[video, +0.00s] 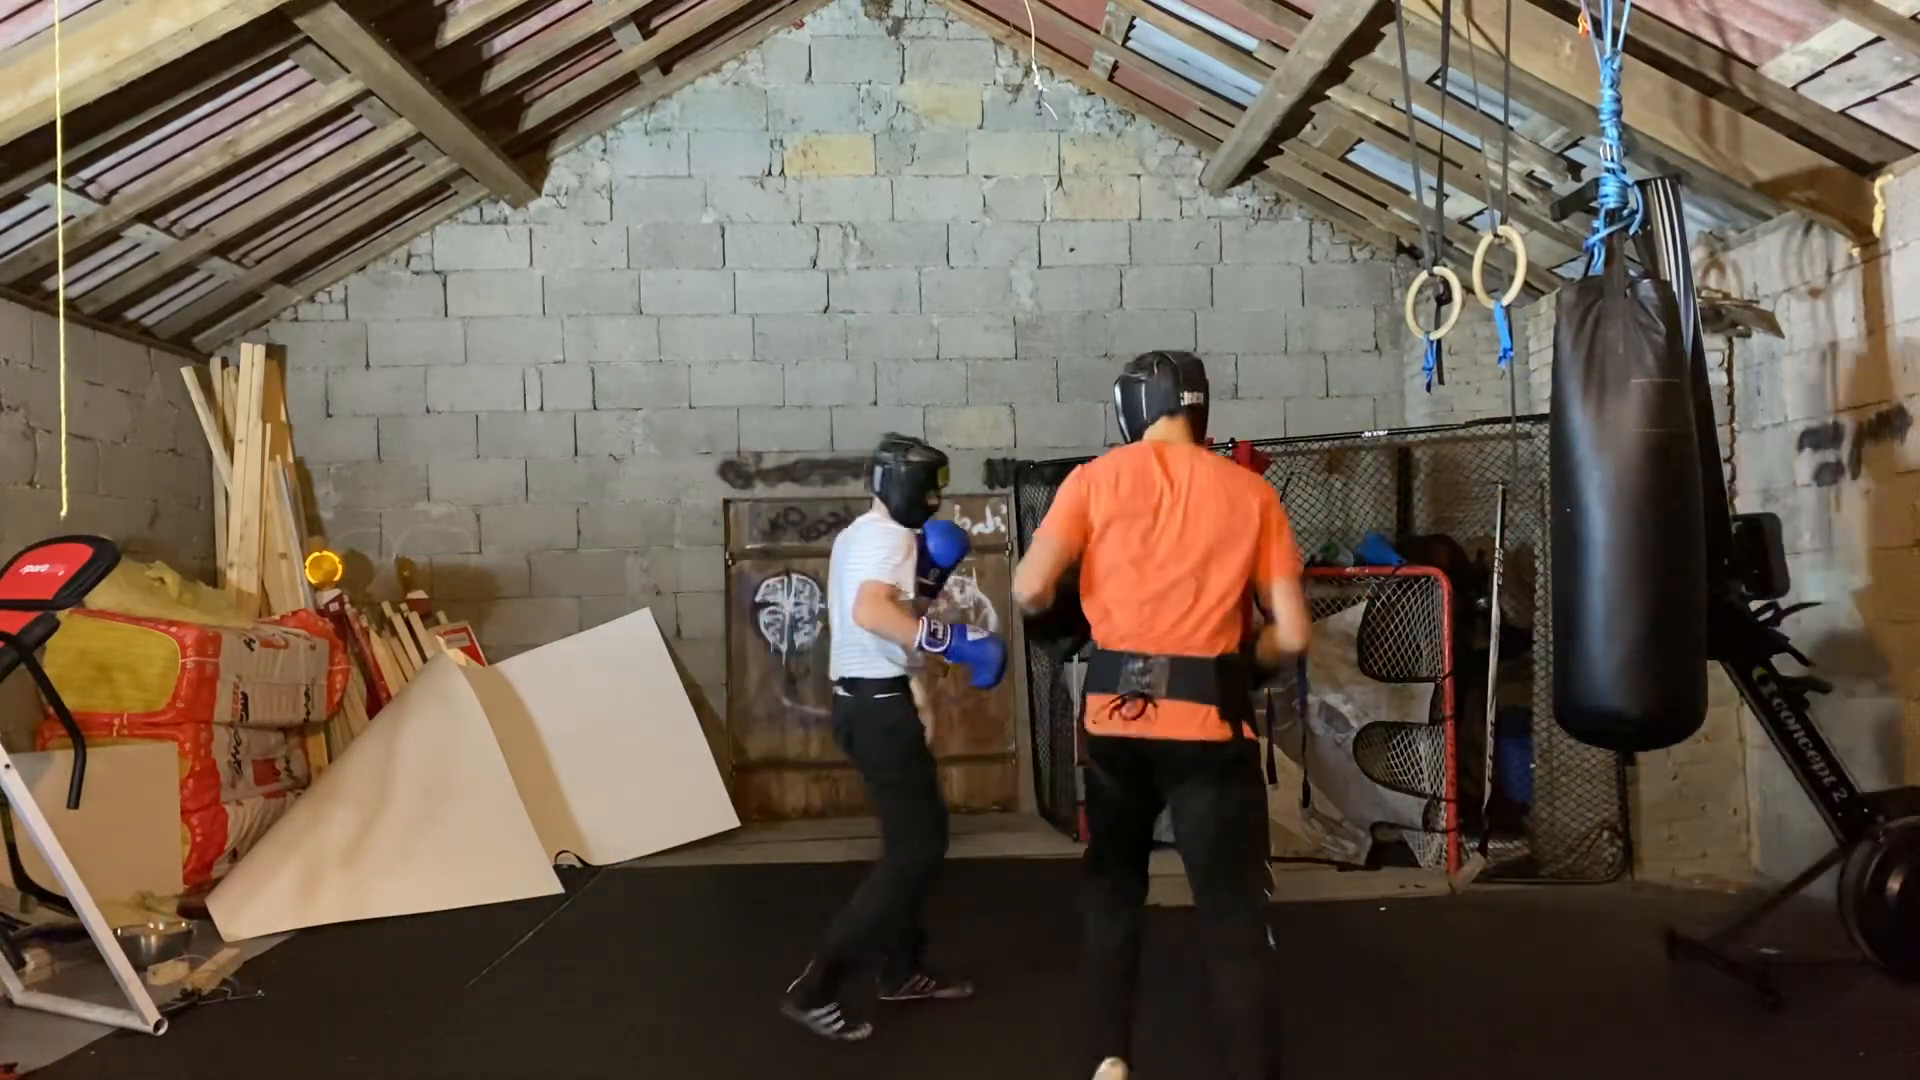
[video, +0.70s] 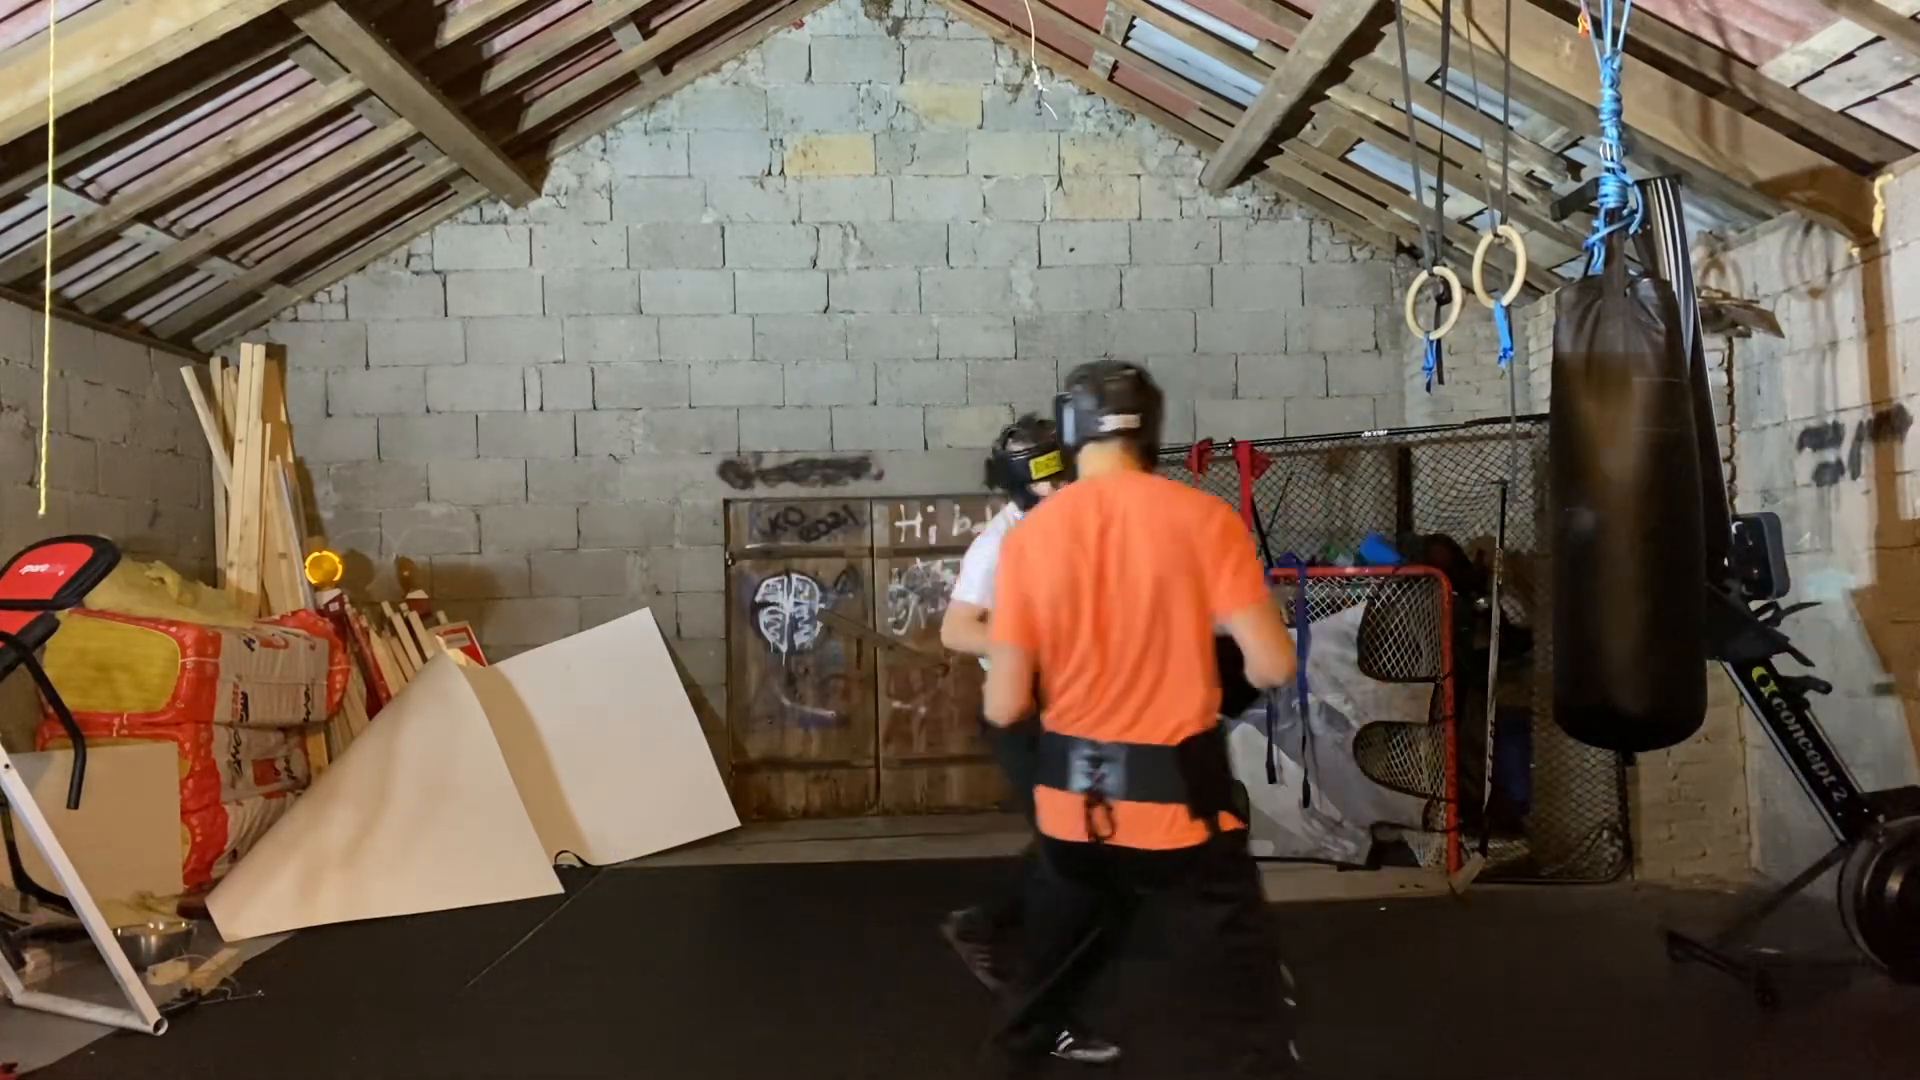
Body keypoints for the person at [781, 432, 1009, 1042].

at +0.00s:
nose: (936, 498)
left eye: (937, 488)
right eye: (932, 488)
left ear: (881, 485)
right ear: (915, 490)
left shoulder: (860, 534)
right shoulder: (887, 537)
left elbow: (892, 608)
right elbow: (871, 610)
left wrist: (930, 570)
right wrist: (948, 641)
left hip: (868, 704)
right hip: (879, 707)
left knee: (917, 837)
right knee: (919, 842)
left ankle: (899, 974)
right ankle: (813, 990)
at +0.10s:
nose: (953, 490)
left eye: (954, 479)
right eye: (948, 479)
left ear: (906, 477)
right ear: (927, 480)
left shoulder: (915, 533)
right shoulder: (892, 531)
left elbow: (929, 618)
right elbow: (867, 606)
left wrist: (946, 570)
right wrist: (946, 640)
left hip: (905, 694)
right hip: (896, 697)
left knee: (927, 836)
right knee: (955, 837)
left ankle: (903, 971)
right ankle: (861, 968)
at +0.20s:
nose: (972, 484)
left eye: (972, 473)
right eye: (965, 474)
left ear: (933, 472)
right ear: (943, 475)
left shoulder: (951, 526)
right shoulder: (907, 524)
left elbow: (971, 611)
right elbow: (872, 603)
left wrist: (969, 569)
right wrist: (950, 629)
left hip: (938, 686)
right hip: (913, 690)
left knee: (926, 832)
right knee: (979, 829)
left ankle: (905, 965)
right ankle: (924, 984)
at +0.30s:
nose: (988, 491)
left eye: (990, 480)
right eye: (978, 481)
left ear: (979, 478)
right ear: (947, 483)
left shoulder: (969, 531)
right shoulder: (917, 537)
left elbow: (990, 616)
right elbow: (892, 618)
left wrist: (991, 570)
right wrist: (972, 631)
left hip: (960, 692)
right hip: (931, 697)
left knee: (932, 836)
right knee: (983, 838)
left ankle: (900, 969)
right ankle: (1007, 1007)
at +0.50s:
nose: (1012, 502)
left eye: (1017, 487)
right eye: (999, 493)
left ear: (1024, 482)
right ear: (970, 495)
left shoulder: (1022, 540)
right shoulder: (950, 555)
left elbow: (1052, 623)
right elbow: (938, 651)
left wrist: (1029, 582)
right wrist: (1013, 653)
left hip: (1009, 705)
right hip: (973, 711)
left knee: (966, 836)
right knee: (1040, 841)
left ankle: (905, 958)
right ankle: (1052, 1014)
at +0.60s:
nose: (1029, 497)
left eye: (1035, 482)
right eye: (1015, 488)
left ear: (1046, 473)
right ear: (990, 491)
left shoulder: (1056, 530)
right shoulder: (975, 548)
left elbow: (1076, 608)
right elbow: (945, 642)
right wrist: (1016, 649)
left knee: (1016, 840)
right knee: (1056, 842)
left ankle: (928, 938)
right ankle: (1056, 1016)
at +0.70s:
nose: (1060, 483)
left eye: (1062, 470)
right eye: (1046, 473)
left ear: (1070, 468)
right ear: (1021, 480)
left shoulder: (1083, 527)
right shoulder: (998, 539)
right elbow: (956, 629)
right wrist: (1031, 636)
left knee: (1077, 842)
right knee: (1064, 847)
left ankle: (981, 923)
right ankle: (1051, 1023)